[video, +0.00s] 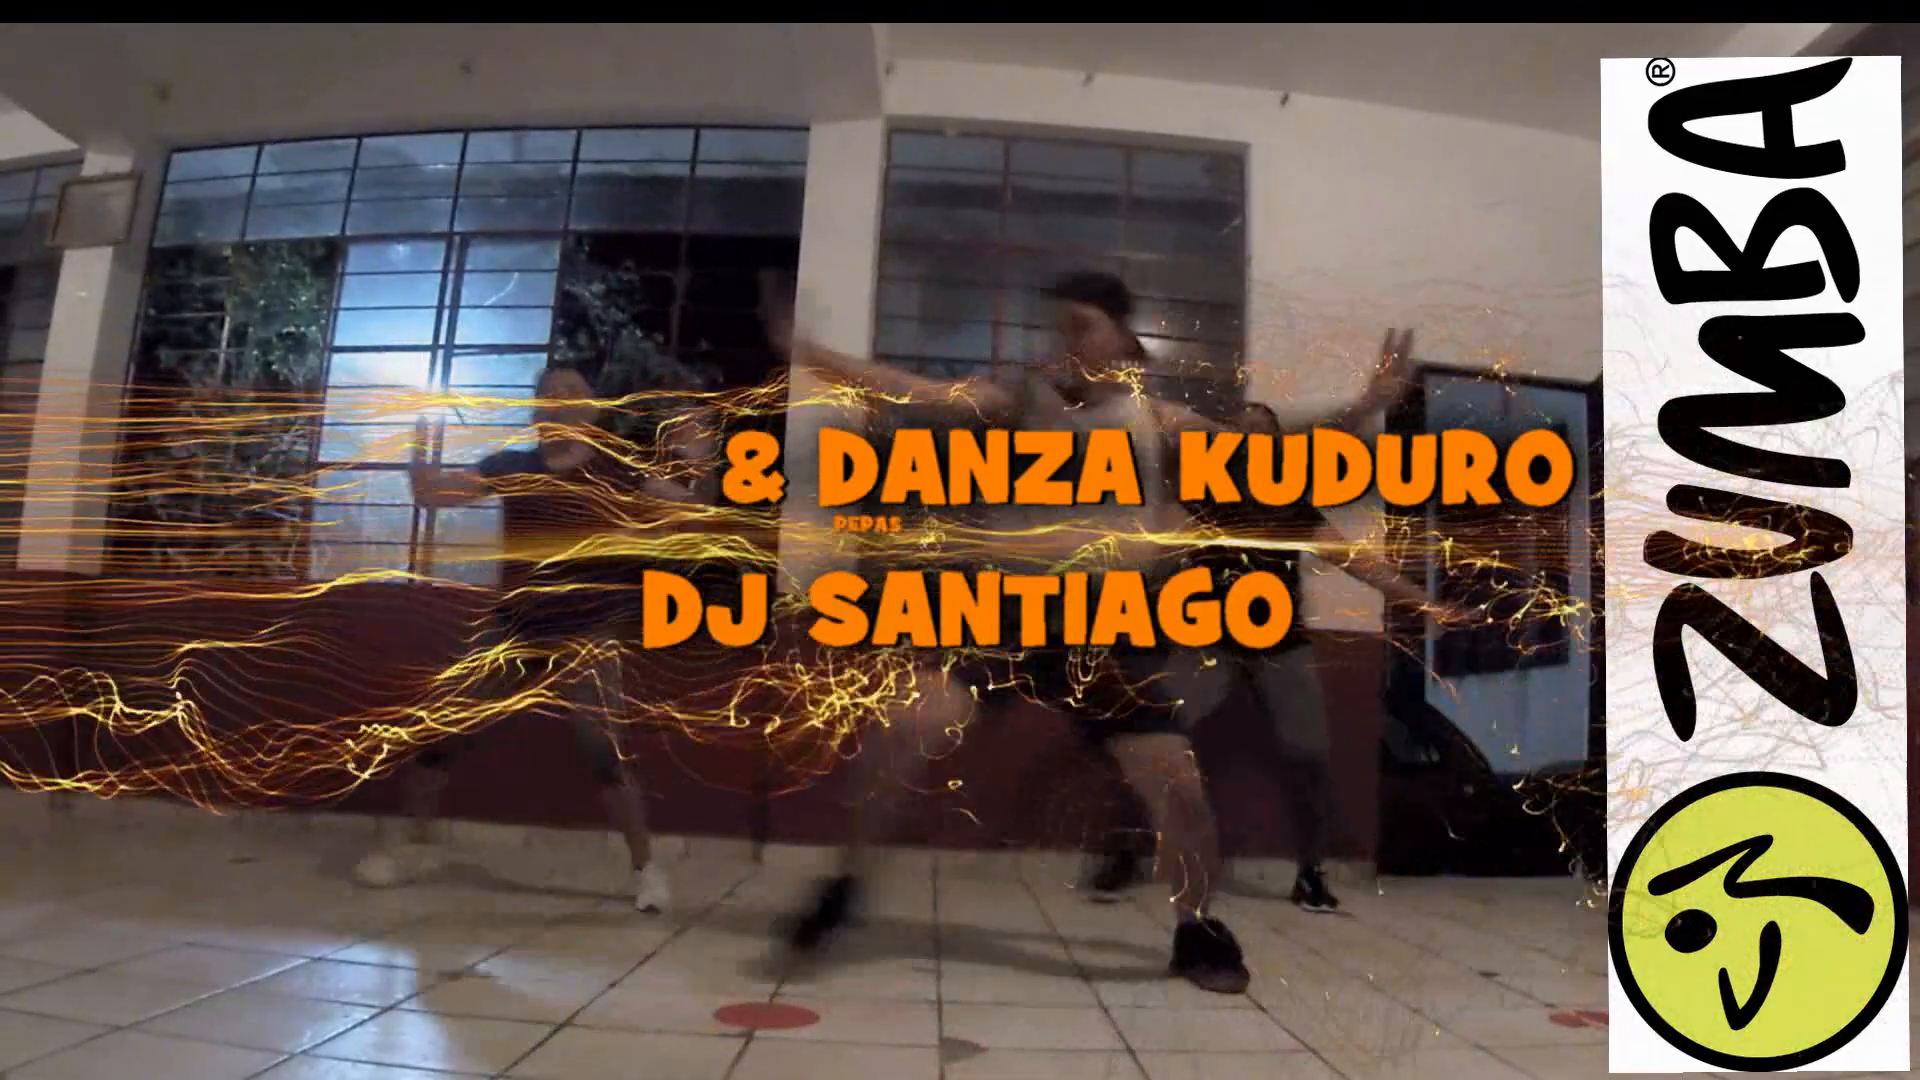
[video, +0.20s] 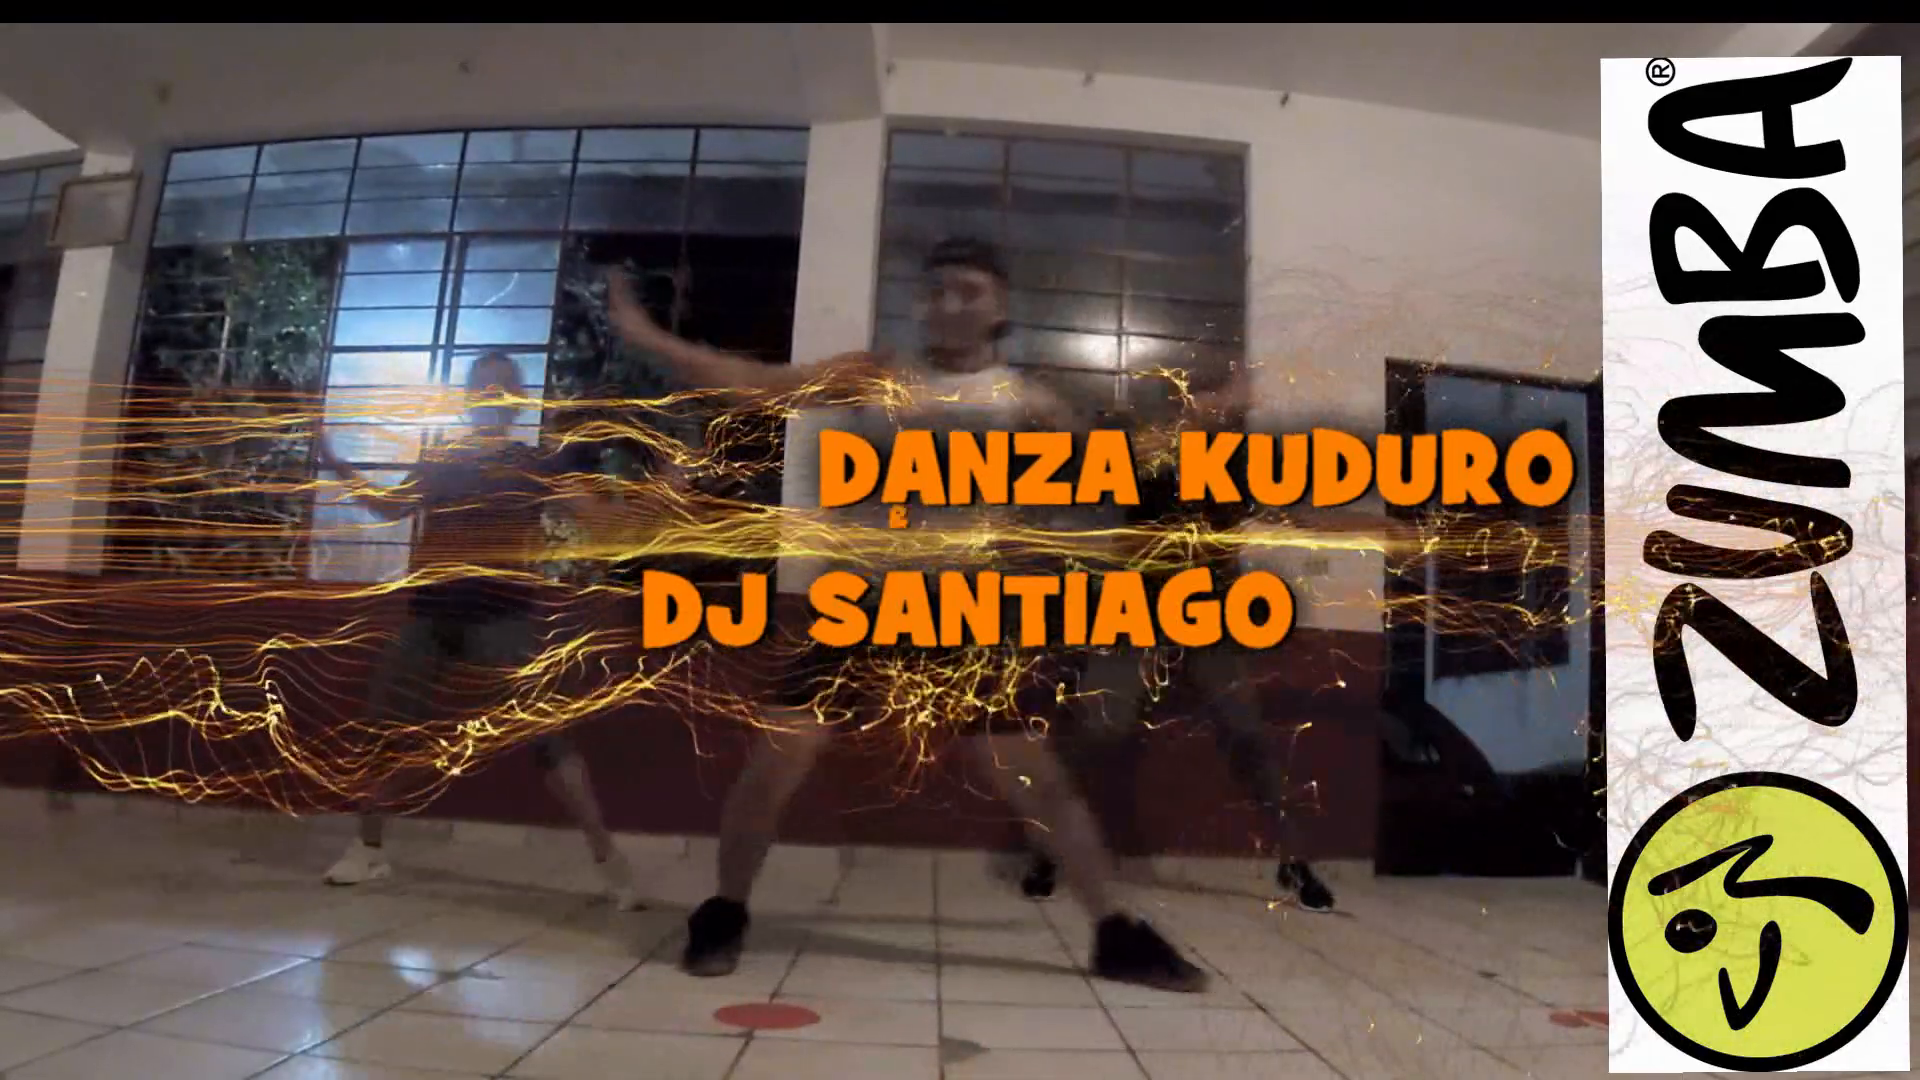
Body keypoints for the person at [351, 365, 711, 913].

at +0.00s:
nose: (559, 418)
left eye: (571, 407)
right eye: (550, 407)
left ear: (594, 414)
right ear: (538, 412)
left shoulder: (622, 473)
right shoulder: (516, 467)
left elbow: (688, 509)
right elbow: (435, 491)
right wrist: (423, 463)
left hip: (592, 630)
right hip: (517, 624)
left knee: (601, 745)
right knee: (442, 726)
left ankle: (646, 866)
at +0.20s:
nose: (489, 401)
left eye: (500, 392)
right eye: (481, 391)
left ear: (517, 400)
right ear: (466, 396)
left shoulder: (532, 462)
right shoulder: (442, 456)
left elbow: (596, 512)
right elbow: (391, 506)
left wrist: (657, 495)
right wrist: (335, 462)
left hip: (505, 609)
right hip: (432, 607)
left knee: (547, 730)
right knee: (388, 714)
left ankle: (607, 858)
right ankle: (369, 848)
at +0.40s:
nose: (455, 398)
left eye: (466, 390)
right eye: (445, 388)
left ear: (479, 400)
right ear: (424, 397)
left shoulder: (494, 464)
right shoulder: (394, 461)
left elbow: (549, 510)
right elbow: (327, 504)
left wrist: (559, 468)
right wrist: (303, 473)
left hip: (463, 605)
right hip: (399, 603)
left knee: (462, 713)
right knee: (372, 716)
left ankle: (475, 832)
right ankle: (364, 844)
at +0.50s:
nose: (449, 383)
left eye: (460, 375)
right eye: (438, 374)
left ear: (475, 389)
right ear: (418, 387)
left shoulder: (489, 444)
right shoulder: (388, 448)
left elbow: (539, 491)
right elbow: (318, 488)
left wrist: (503, 456)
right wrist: (317, 442)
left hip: (460, 596)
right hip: (394, 594)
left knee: (434, 708)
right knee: (374, 707)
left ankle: (431, 839)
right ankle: (365, 844)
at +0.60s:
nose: (442, 387)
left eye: (454, 381)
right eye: (433, 378)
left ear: (471, 395)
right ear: (416, 387)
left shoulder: (486, 445)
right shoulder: (391, 438)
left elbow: (478, 485)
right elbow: (342, 496)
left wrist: (426, 436)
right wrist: (363, 476)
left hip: (457, 594)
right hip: (395, 589)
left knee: (428, 708)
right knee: (374, 704)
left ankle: (398, 833)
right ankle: (364, 839)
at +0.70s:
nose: (434, 429)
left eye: (446, 421)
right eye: (430, 418)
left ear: (463, 423)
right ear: (417, 417)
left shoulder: (479, 470)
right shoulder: (393, 463)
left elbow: (460, 520)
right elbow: (358, 523)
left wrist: (413, 472)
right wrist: (391, 464)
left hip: (454, 616)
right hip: (394, 613)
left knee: (424, 721)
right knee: (354, 723)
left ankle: (418, 830)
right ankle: (367, 851)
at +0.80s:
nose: (455, 423)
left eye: (465, 415)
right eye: (447, 412)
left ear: (478, 426)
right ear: (431, 417)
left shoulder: (492, 479)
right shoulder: (399, 479)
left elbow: (494, 528)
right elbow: (339, 518)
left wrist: (450, 479)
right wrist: (366, 461)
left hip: (467, 622)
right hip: (403, 620)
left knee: (462, 727)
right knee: (356, 725)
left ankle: (476, 828)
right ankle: (368, 850)